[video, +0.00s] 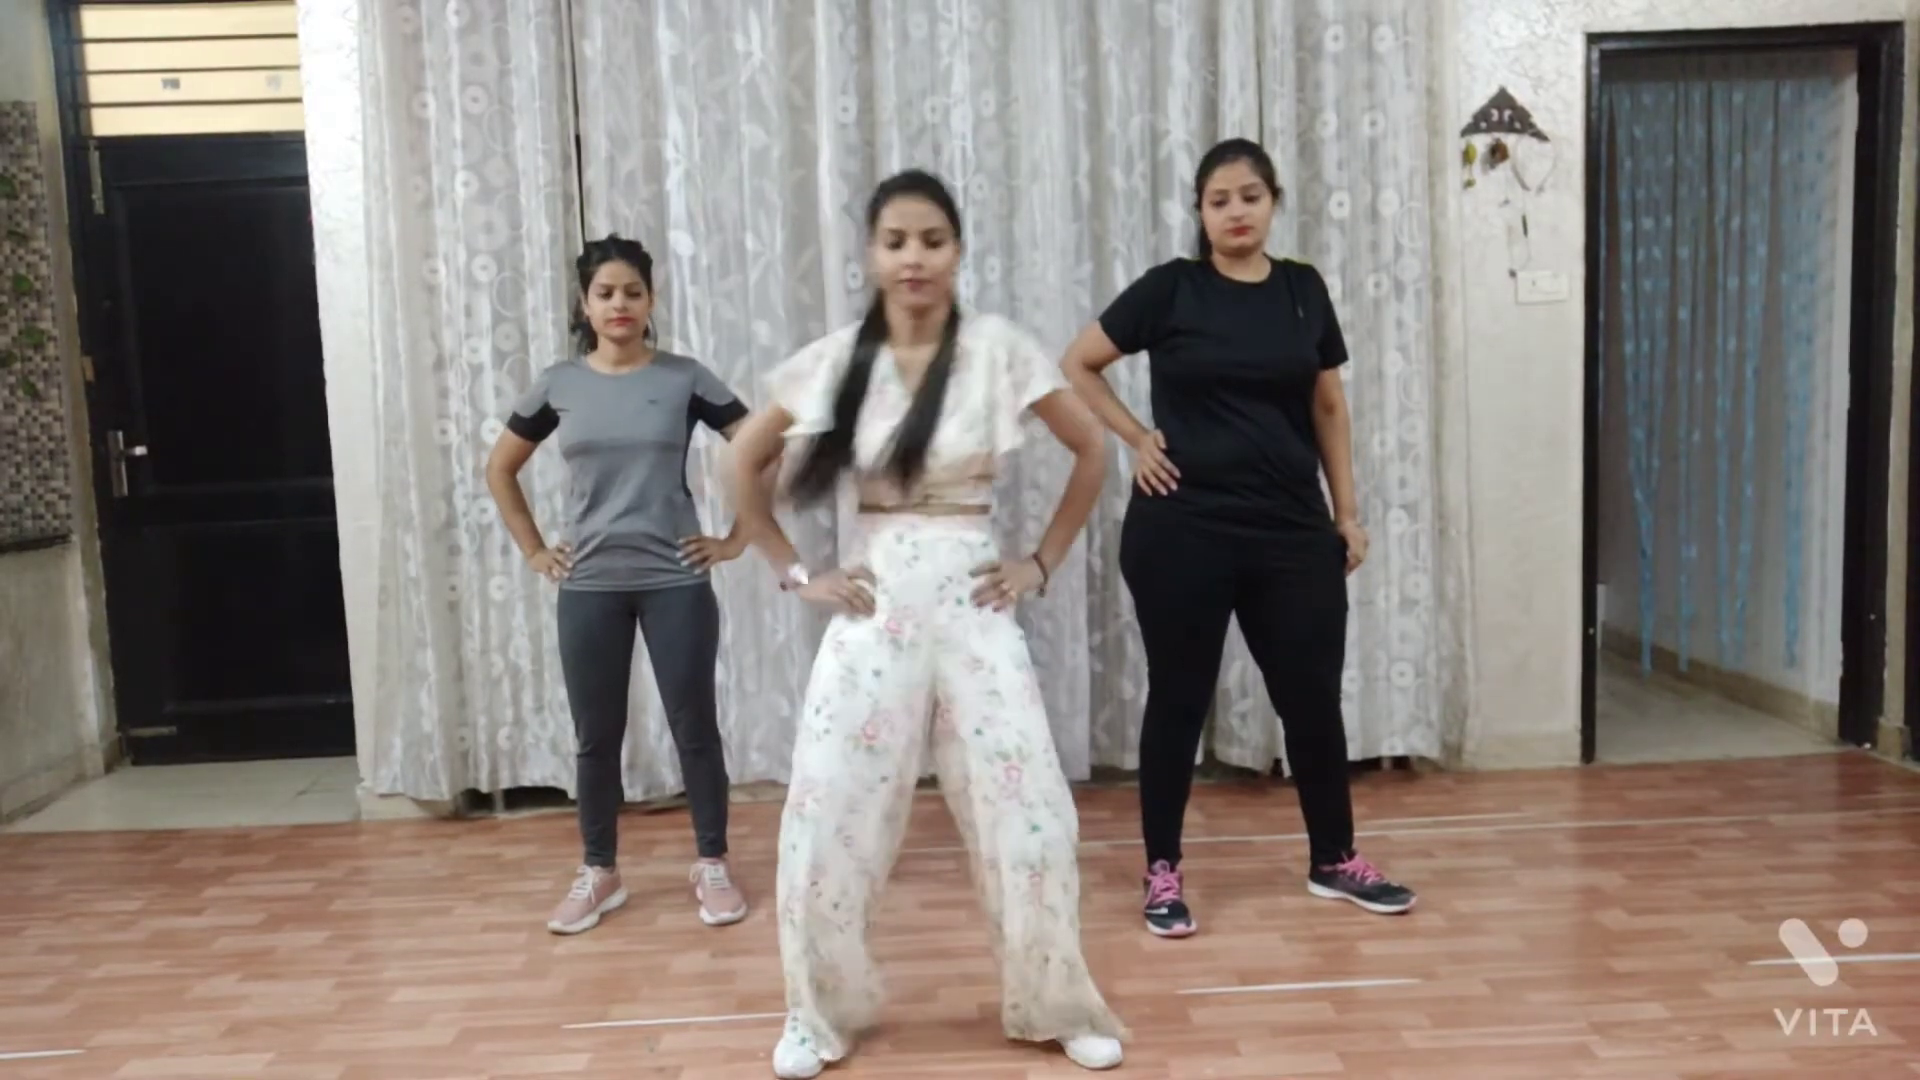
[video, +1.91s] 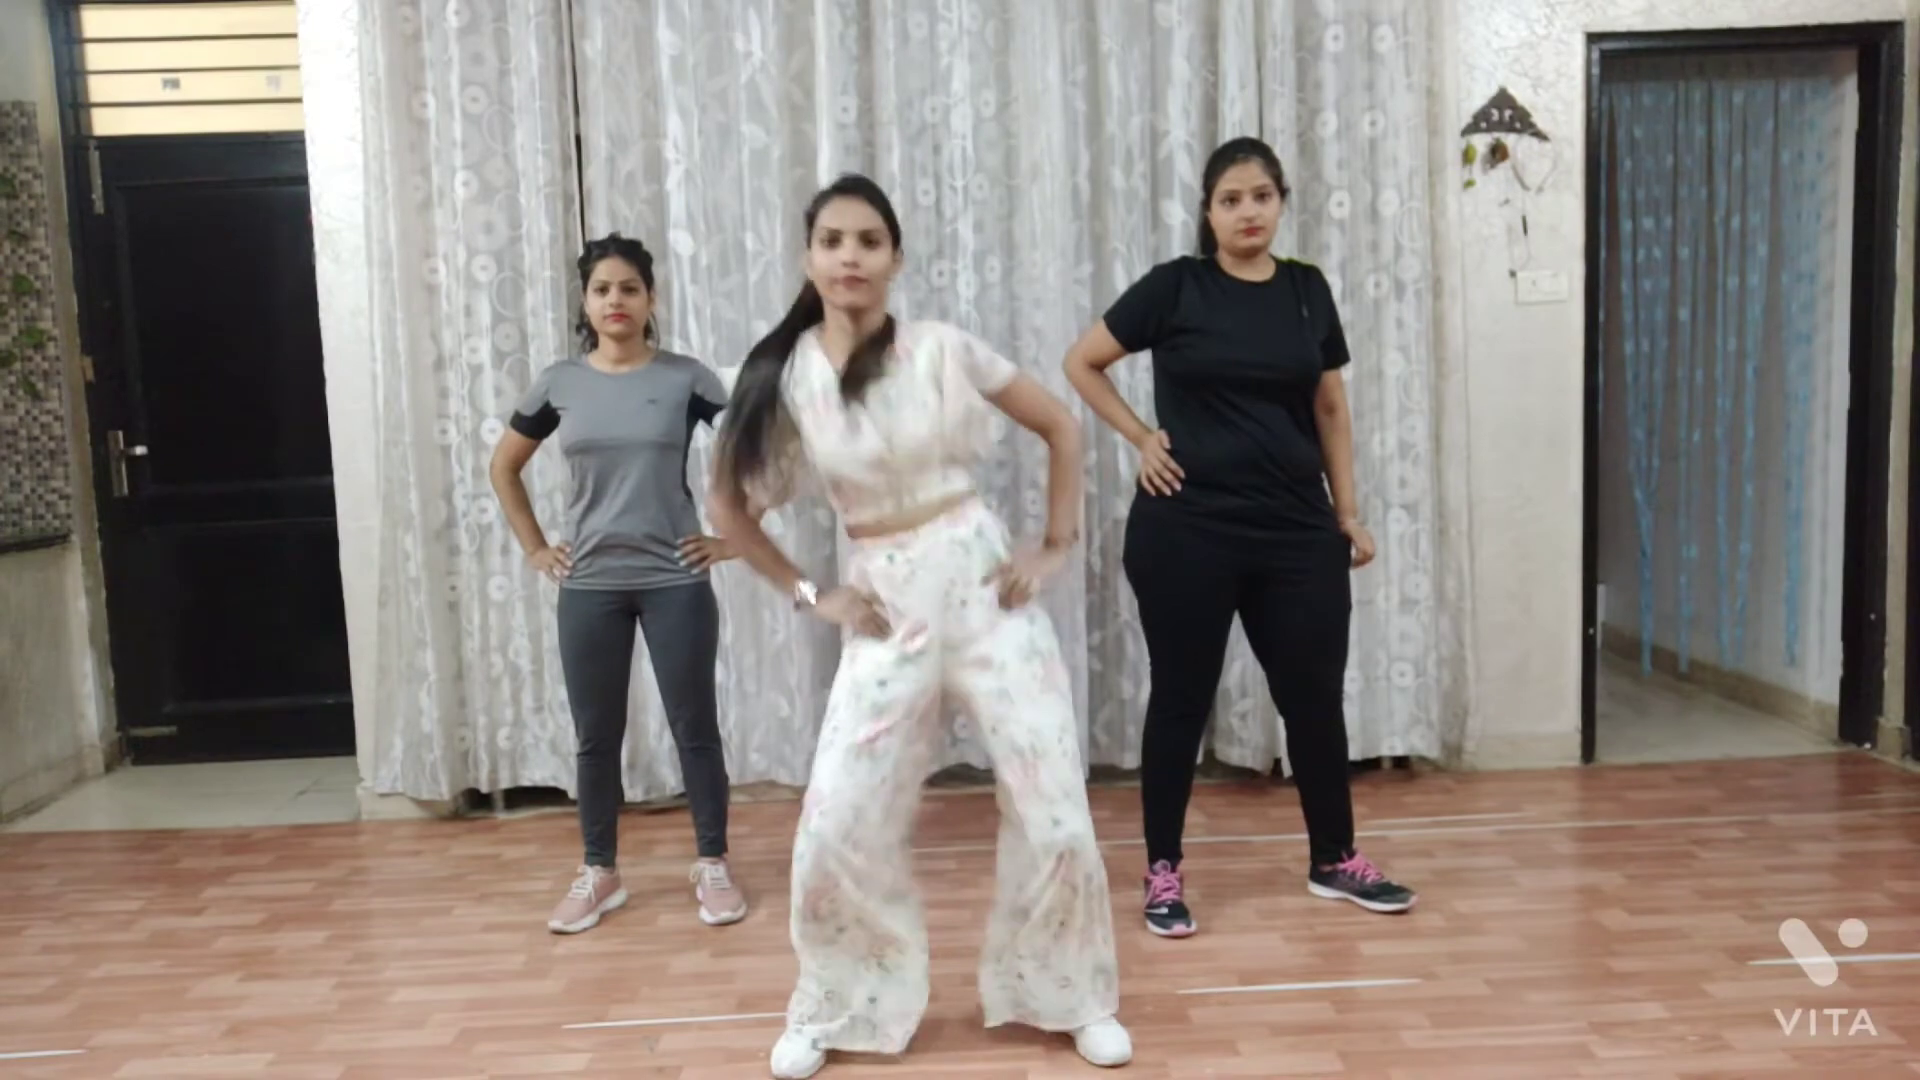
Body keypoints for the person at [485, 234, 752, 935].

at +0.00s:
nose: (621, 306)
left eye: (633, 294)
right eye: (607, 294)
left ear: (650, 302)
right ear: (585, 305)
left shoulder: (685, 379)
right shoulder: (559, 385)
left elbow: (765, 451)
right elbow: (499, 467)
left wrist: (737, 537)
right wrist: (536, 550)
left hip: (675, 575)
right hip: (590, 580)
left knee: (694, 726)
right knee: (595, 737)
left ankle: (713, 866)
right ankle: (599, 873)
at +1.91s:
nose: (616, 301)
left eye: (629, 289)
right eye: (603, 290)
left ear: (650, 300)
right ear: (586, 303)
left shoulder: (688, 378)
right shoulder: (560, 383)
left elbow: (770, 451)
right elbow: (504, 466)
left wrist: (737, 534)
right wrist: (537, 547)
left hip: (675, 575)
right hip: (590, 580)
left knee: (694, 726)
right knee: (595, 737)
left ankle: (713, 866)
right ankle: (599, 872)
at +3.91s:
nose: (616, 302)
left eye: (629, 290)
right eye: (603, 291)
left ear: (650, 302)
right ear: (584, 303)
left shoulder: (688, 381)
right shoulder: (558, 385)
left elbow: (763, 455)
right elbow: (503, 468)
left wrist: (734, 535)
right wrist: (538, 550)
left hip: (675, 575)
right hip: (589, 580)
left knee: (694, 726)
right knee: (595, 737)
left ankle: (712, 866)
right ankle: (599, 872)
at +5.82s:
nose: (612, 301)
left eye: (625, 289)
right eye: (598, 290)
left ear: (646, 301)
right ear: (580, 302)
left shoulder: (681, 378)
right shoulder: (555, 385)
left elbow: (759, 450)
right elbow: (500, 467)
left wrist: (735, 542)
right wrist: (538, 550)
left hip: (673, 575)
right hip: (588, 580)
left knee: (693, 726)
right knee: (595, 735)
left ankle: (712, 866)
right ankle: (599, 872)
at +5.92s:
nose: (612, 301)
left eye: (625, 289)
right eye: (598, 290)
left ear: (646, 300)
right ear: (580, 302)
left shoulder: (682, 378)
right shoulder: (555, 386)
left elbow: (763, 450)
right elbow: (499, 469)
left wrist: (737, 537)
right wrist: (535, 549)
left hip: (674, 579)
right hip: (588, 585)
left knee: (694, 730)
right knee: (595, 738)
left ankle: (714, 867)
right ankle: (599, 872)